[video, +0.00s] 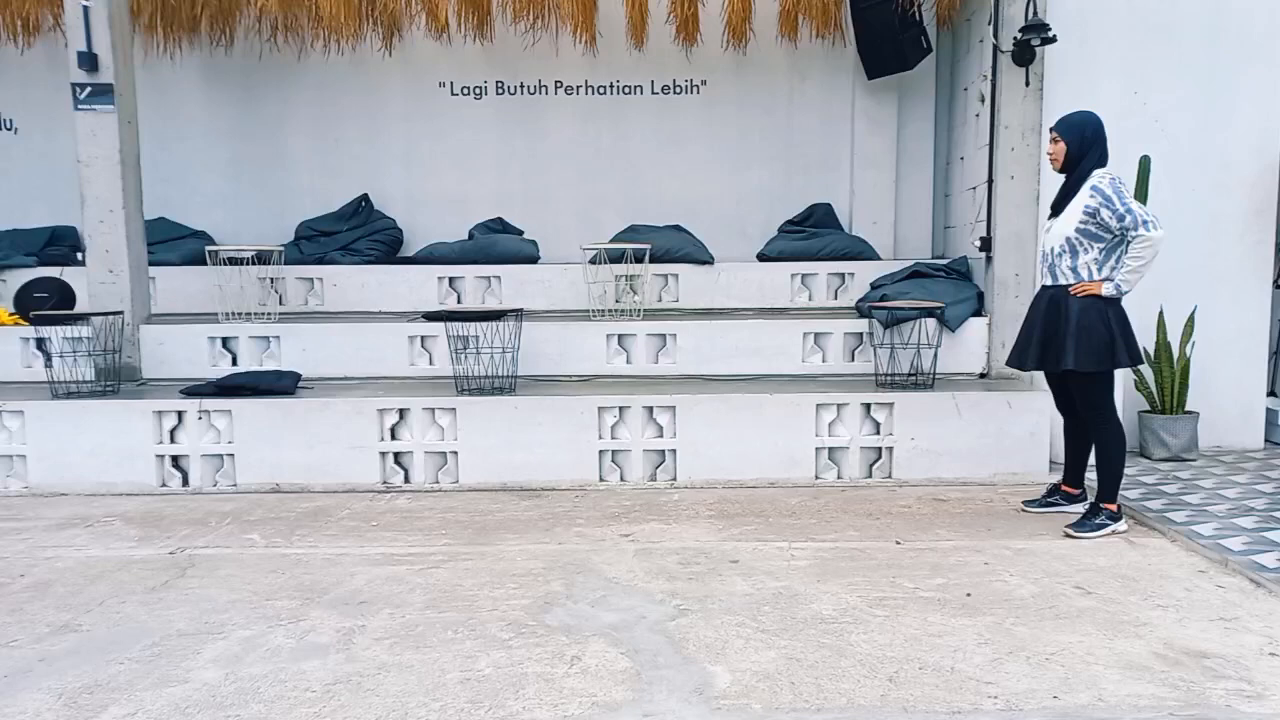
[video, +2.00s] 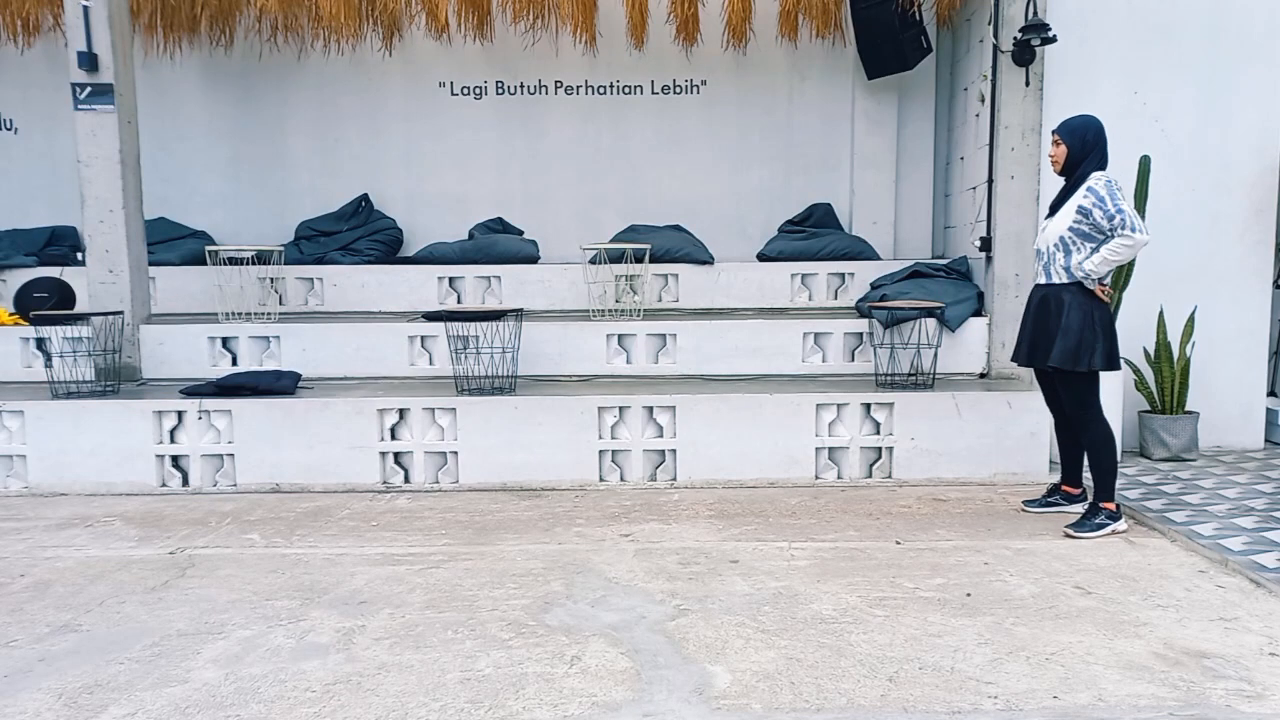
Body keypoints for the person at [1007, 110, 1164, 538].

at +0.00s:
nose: (1049, 149)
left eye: (1056, 141)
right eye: (1050, 141)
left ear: (1080, 143)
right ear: (1069, 145)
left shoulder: (1100, 184)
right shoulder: (1070, 189)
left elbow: (1148, 232)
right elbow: (1090, 243)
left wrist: (1116, 285)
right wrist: (1055, 282)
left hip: (1087, 313)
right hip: (1057, 312)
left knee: (1099, 411)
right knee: (1071, 408)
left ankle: (1109, 507)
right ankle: (1070, 489)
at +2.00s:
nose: (1051, 152)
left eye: (1058, 144)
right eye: (1052, 144)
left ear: (1080, 147)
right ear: (1075, 148)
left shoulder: (1099, 185)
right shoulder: (1070, 190)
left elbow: (1134, 234)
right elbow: (1083, 243)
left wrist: (1093, 272)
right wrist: (1075, 275)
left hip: (1075, 309)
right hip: (1047, 307)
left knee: (1085, 409)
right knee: (1059, 405)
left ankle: (1107, 507)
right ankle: (1070, 489)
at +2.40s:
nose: (1040, 155)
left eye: (1047, 147)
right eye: (1041, 147)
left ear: (1069, 149)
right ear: (1063, 151)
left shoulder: (1088, 186)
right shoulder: (1060, 192)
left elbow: (1121, 236)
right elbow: (1074, 245)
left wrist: (1085, 273)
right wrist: (1090, 279)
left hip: (1067, 307)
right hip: (1049, 305)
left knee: (1037, 399)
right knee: (1060, 401)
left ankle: (1057, 497)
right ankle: (1072, 489)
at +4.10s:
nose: (1009, 169)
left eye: (1014, 161)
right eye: (1008, 161)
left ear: (1035, 158)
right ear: (1031, 161)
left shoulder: (1054, 188)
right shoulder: (1039, 195)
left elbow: (1090, 231)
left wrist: (1050, 285)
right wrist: (1030, 286)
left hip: (1039, 312)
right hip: (1033, 311)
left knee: (999, 398)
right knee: (1051, 402)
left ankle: (1004, 495)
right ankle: (1071, 489)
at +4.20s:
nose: (1000, 168)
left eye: (1005, 160)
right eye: (998, 160)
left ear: (1027, 158)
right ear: (1017, 160)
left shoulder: (1048, 186)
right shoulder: (1025, 198)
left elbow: (1091, 231)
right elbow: (1015, 262)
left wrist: (1052, 283)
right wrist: (997, 306)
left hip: (1032, 310)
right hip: (1017, 310)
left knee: (994, 397)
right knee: (1048, 404)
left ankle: (964, 490)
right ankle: (1071, 489)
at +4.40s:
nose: (976, 169)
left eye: (981, 161)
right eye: (976, 162)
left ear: (1002, 160)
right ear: (996, 163)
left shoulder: (1027, 194)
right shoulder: (997, 205)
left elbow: (1072, 248)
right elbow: (978, 268)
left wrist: (1074, 311)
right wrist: (948, 304)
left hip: (1006, 310)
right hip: (988, 311)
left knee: (968, 400)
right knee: (1030, 403)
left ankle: (939, 489)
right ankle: (1068, 486)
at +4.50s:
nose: (960, 169)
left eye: (965, 160)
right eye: (960, 160)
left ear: (987, 160)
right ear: (983, 160)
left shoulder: (1011, 198)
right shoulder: (983, 204)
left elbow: (1041, 263)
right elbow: (958, 265)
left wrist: (1071, 321)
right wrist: (927, 300)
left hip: (982, 308)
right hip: (967, 308)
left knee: (959, 402)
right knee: (1006, 402)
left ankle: (940, 490)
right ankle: (1060, 479)